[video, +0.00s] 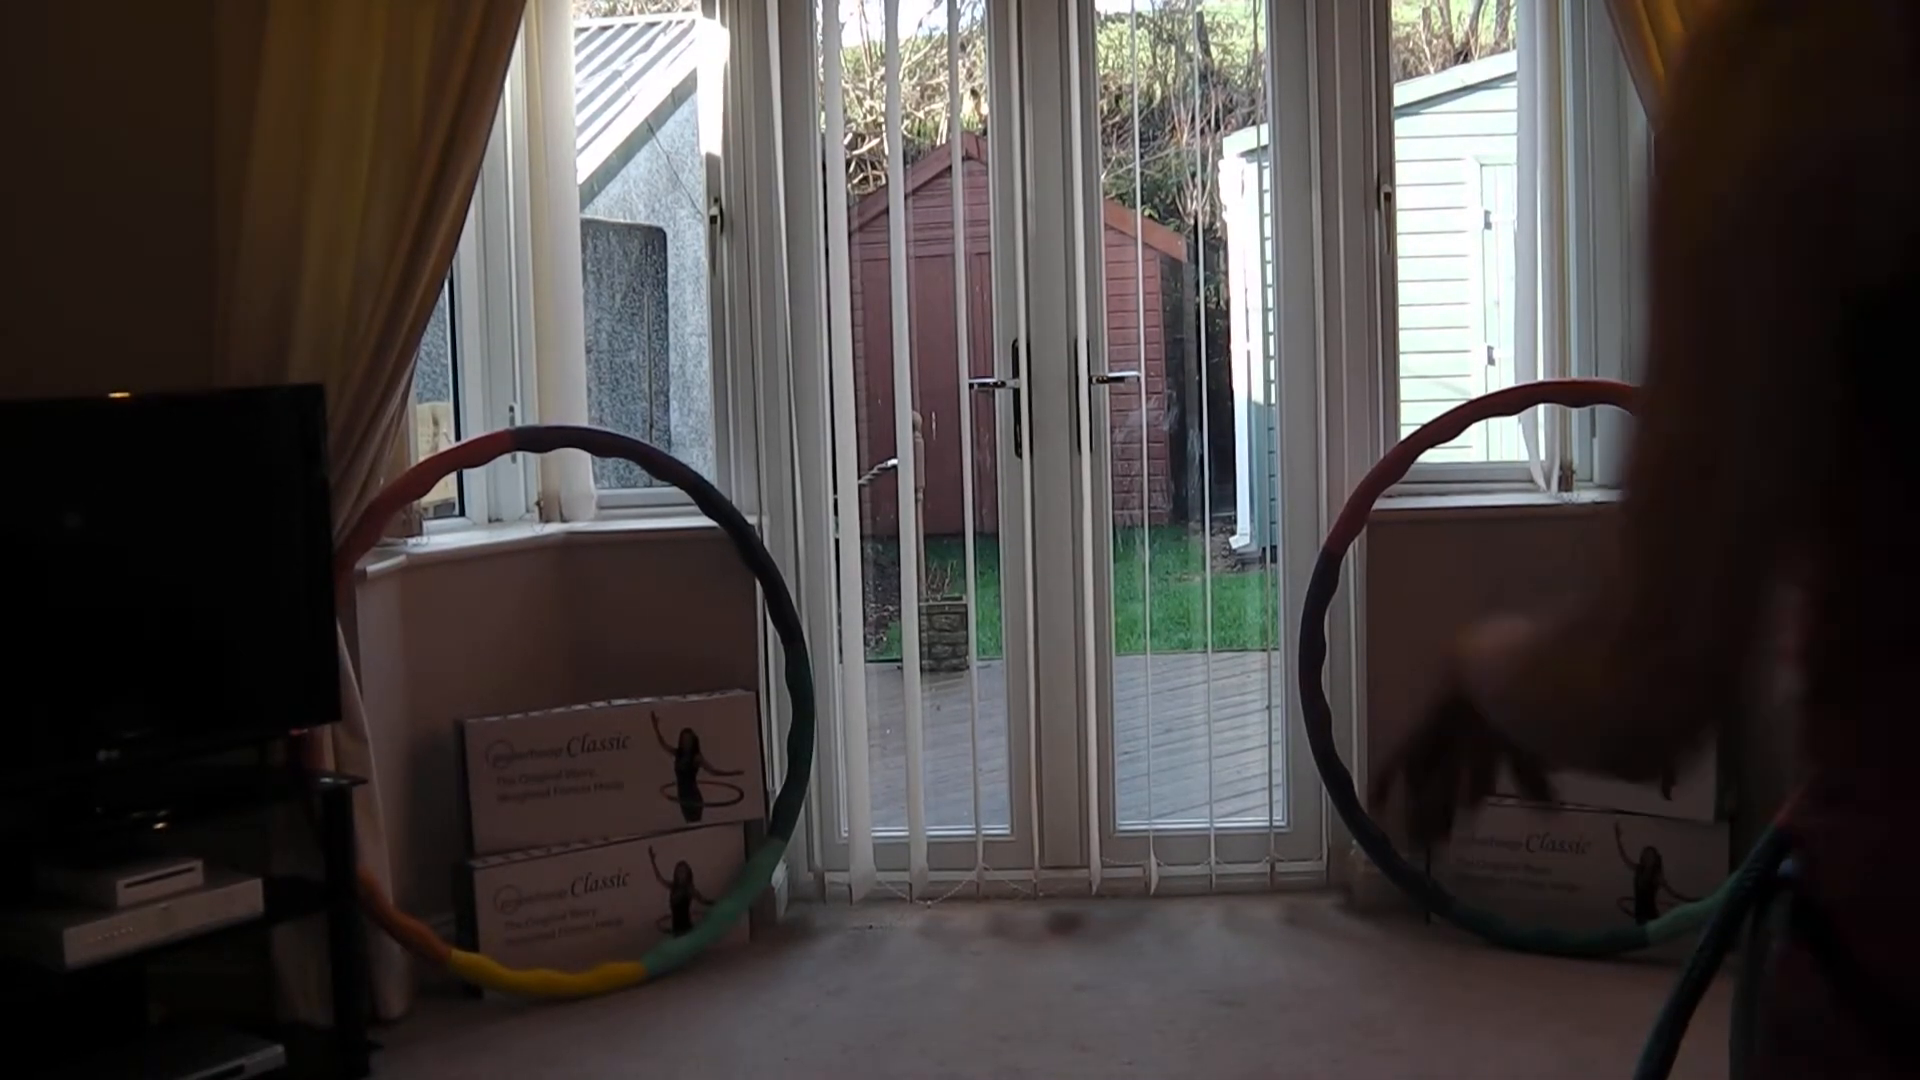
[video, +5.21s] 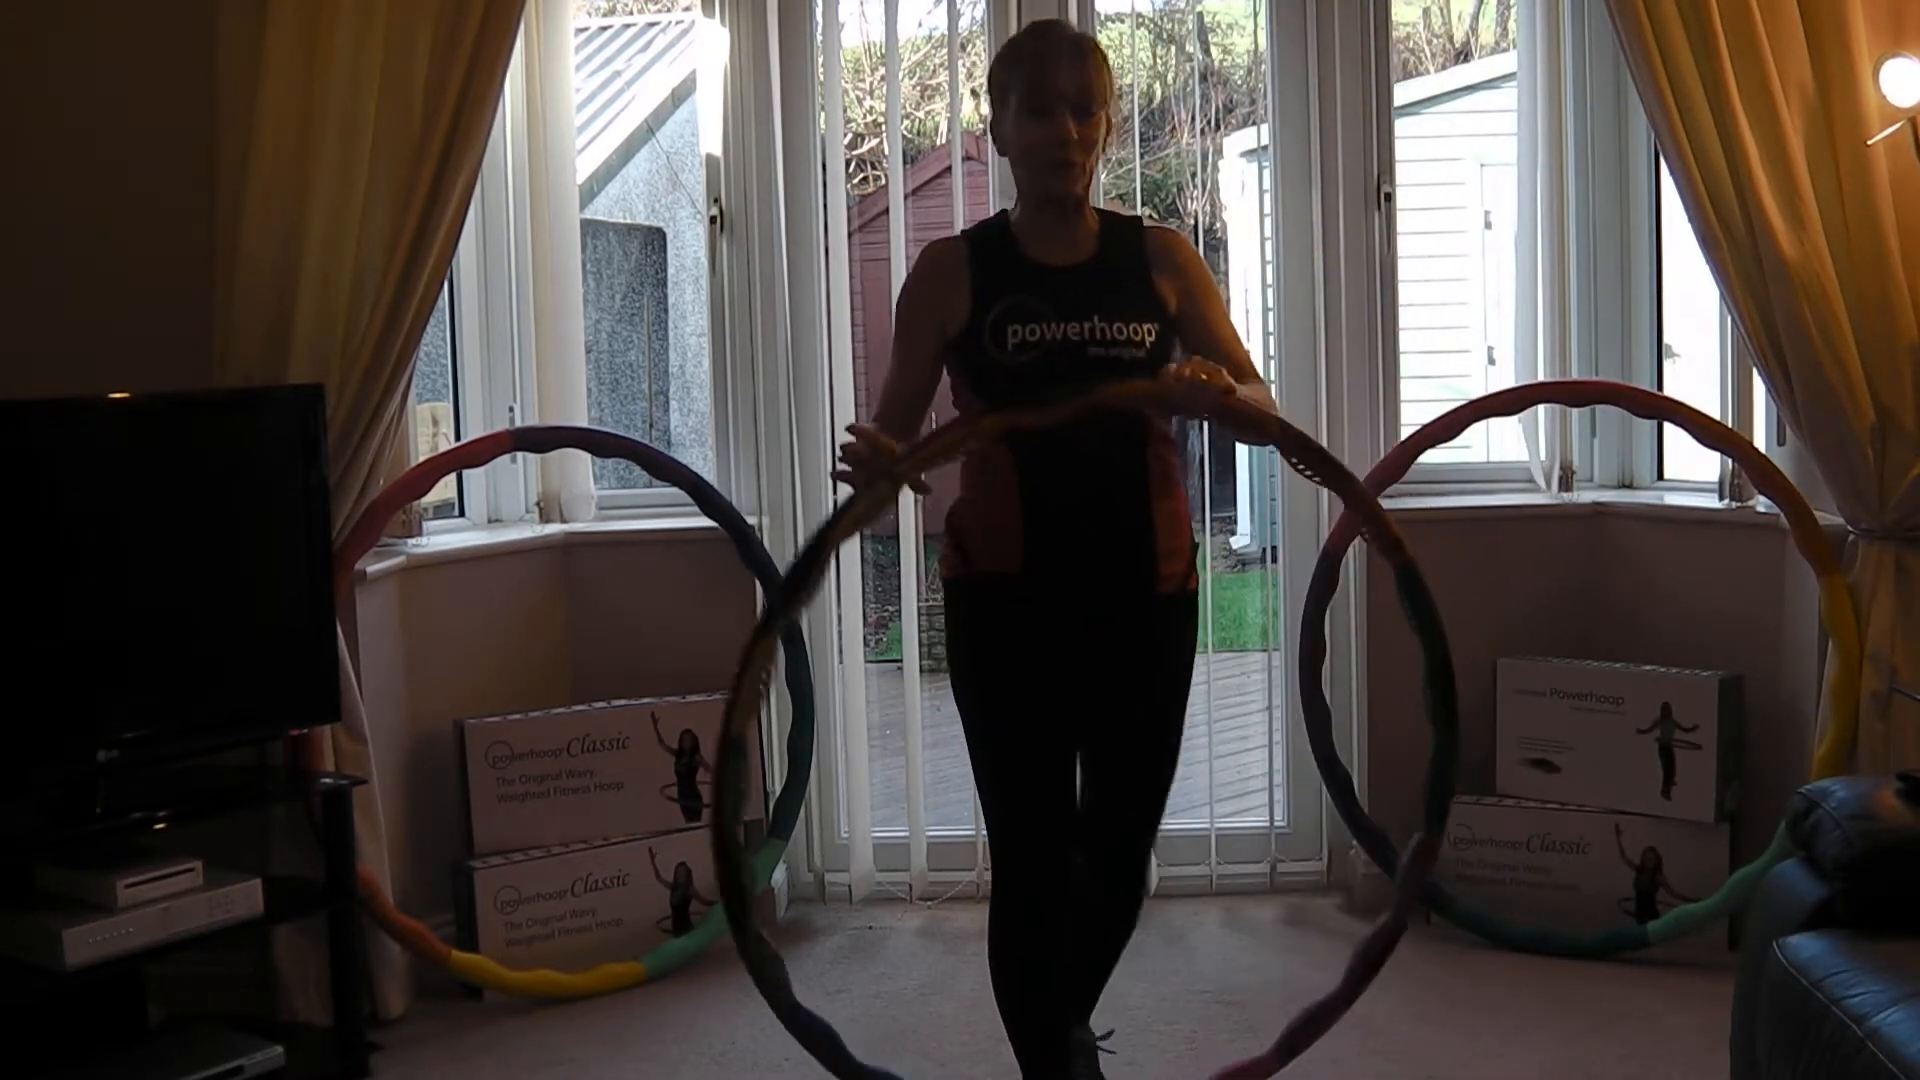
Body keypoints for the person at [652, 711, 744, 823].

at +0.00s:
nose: (684, 741)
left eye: (688, 738)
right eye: (683, 738)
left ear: (693, 741)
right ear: (680, 740)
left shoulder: (696, 757)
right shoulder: (678, 754)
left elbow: (713, 772)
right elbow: (662, 744)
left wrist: (733, 773)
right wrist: (655, 725)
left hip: (693, 794)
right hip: (682, 794)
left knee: (696, 826)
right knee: (690, 826)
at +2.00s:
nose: (685, 741)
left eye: (688, 739)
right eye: (683, 739)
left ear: (693, 741)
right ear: (680, 741)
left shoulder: (696, 757)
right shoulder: (678, 754)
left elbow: (713, 772)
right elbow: (662, 744)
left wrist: (732, 773)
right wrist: (655, 725)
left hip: (693, 794)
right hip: (682, 795)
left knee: (696, 828)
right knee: (691, 828)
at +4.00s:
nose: (686, 742)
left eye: (689, 739)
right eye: (684, 739)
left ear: (694, 741)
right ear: (680, 741)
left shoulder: (696, 757)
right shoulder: (678, 755)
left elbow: (712, 771)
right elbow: (663, 745)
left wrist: (733, 774)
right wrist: (655, 726)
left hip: (693, 794)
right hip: (682, 795)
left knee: (696, 828)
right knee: (691, 828)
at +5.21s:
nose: (686, 743)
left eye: (689, 740)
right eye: (684, 739)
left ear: (694, 742)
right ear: (680, 741)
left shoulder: (696, 757)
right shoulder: (678, 754)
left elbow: (711, 771)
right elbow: (662, 745)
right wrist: (655, 727)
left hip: (693, 793)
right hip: (682, 794)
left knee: (696, 826)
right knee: (690, 827)